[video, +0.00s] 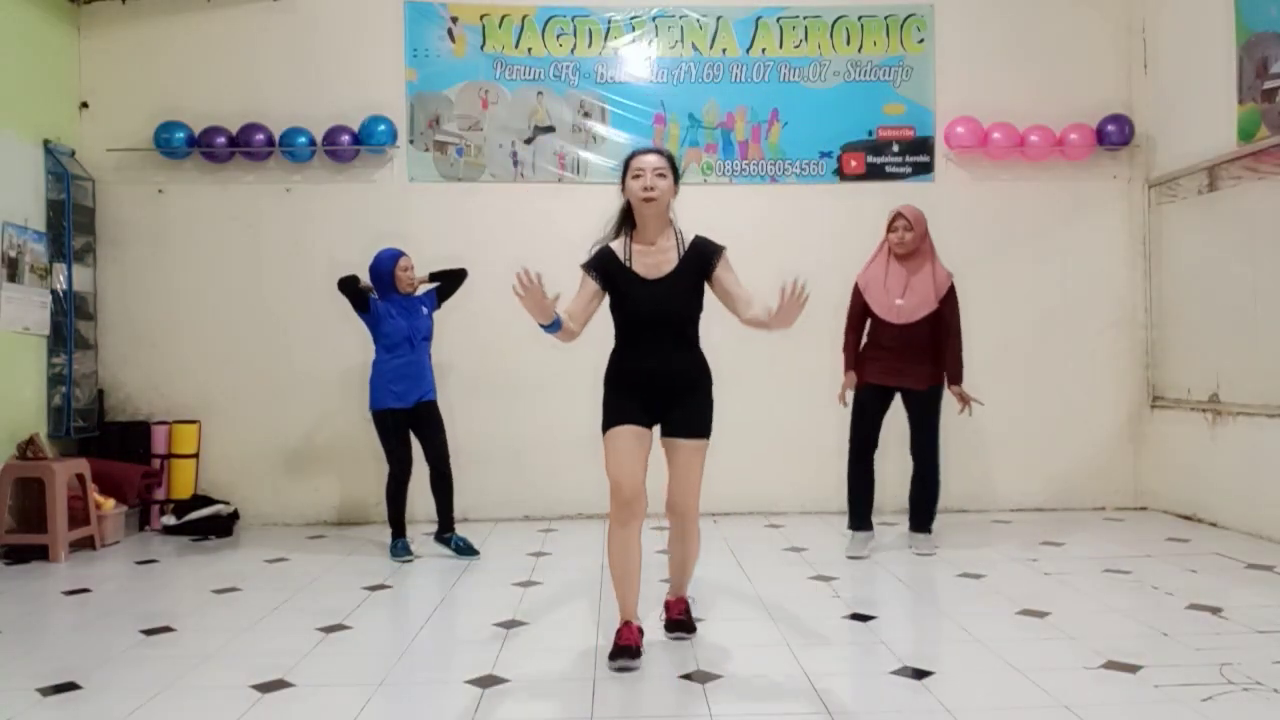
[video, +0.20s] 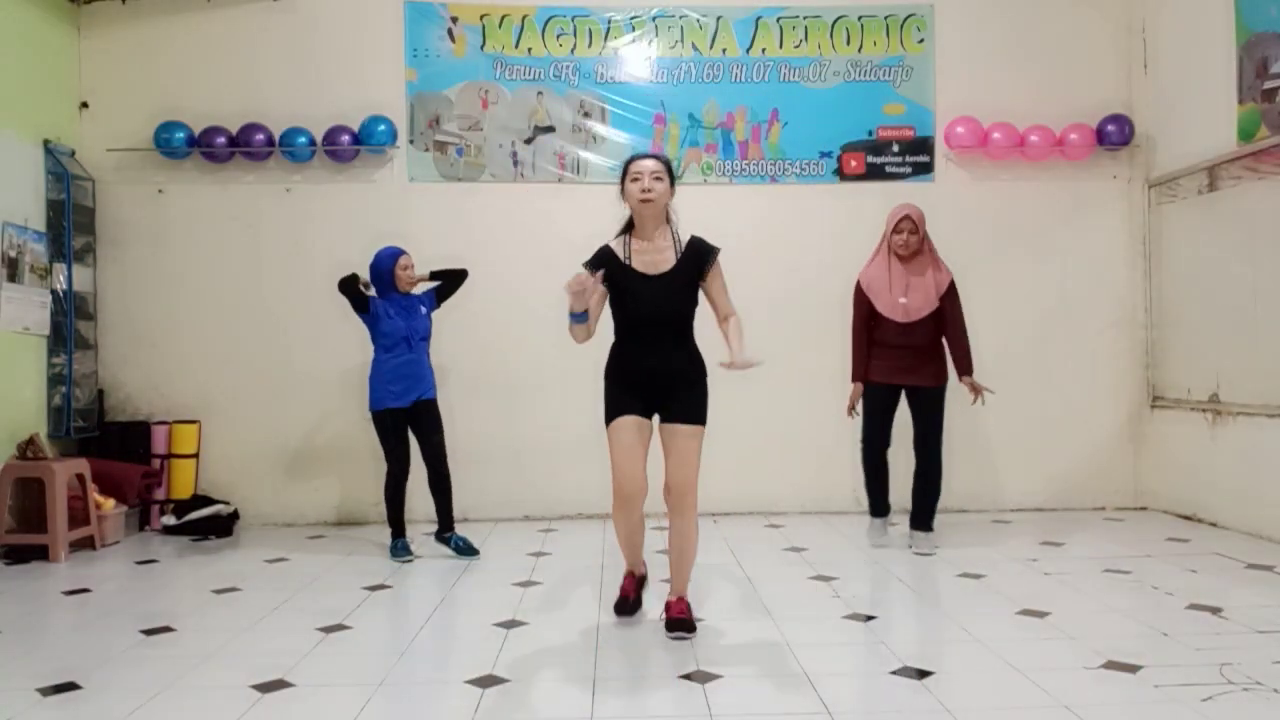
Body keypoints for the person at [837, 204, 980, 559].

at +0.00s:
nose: (898, 235)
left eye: (906, 230)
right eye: (893, 229)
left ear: (921, 235)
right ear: (886, 235)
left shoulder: (938, 279)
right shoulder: (872, 275)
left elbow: (951, 332)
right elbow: (854, 323)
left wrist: (955, 381)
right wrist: (850, 368)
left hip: (922, 376)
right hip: (876, 372)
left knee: (925, 452)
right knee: (860, 449)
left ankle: (921, 529)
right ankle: (860, 529)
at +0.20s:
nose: (904, 238)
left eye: (911, 232)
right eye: (897, 232)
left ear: (922, 236)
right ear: (887, 235)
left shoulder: (938, 275)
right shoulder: (871, 276)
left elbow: (955, 326)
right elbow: (860, 332)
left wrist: (966, 373)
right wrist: (857, 380)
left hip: (927, 373)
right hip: (881, 372)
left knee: (928, 449)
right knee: (873, 444)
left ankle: (922, 527)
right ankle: (878, 516)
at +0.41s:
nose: (904, 242)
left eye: (910, 236)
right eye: (897, 236)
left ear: (917, 240)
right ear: (884, 238)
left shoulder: (927, 277)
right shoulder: (866, 279)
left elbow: (950, 325)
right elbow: (851, 333)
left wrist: (968, 368)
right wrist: (854, 380)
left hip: (925, 376)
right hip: (881, 377)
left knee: (924, 449)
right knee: (883, 449)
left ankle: (921, 524)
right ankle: (885, 521)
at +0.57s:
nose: (903, 243)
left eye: (908, 236)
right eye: (896, 237)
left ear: (914, 239)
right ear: (881, 240)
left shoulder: (925, 277)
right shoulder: (862, 280)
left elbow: (942, 327)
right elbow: (849, 332)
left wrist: (951, 373)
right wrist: (853, 379)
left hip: (920, 378)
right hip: (876, 380)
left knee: (921, 450)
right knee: (881, 450)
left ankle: (921, 524)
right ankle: (886, 519)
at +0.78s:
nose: (901, 244)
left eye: (906, 238)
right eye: (894, 238)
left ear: (913, 242)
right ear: (880, 241)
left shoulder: (922, 276)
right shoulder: (862, 279)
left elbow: (935, 328)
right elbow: (851, 332)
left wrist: (938, 375)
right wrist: (856, 379)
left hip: (917, 373)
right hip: (875, 375)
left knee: (930, 442)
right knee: (878, 446)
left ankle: (925, 520)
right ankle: (885, 519)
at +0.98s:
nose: (902, 238)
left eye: (908, 233)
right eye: (895, 233)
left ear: (916, 238)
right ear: (884, 238)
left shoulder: (927, 278)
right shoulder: (866, 277)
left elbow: (942, 330)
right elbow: (853, 330)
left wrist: (948, 377)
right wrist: (858, 376)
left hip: (922, 375)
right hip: (879, 375)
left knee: (934, 444)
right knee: (881, 447)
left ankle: (929, 516)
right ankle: (885, 518)